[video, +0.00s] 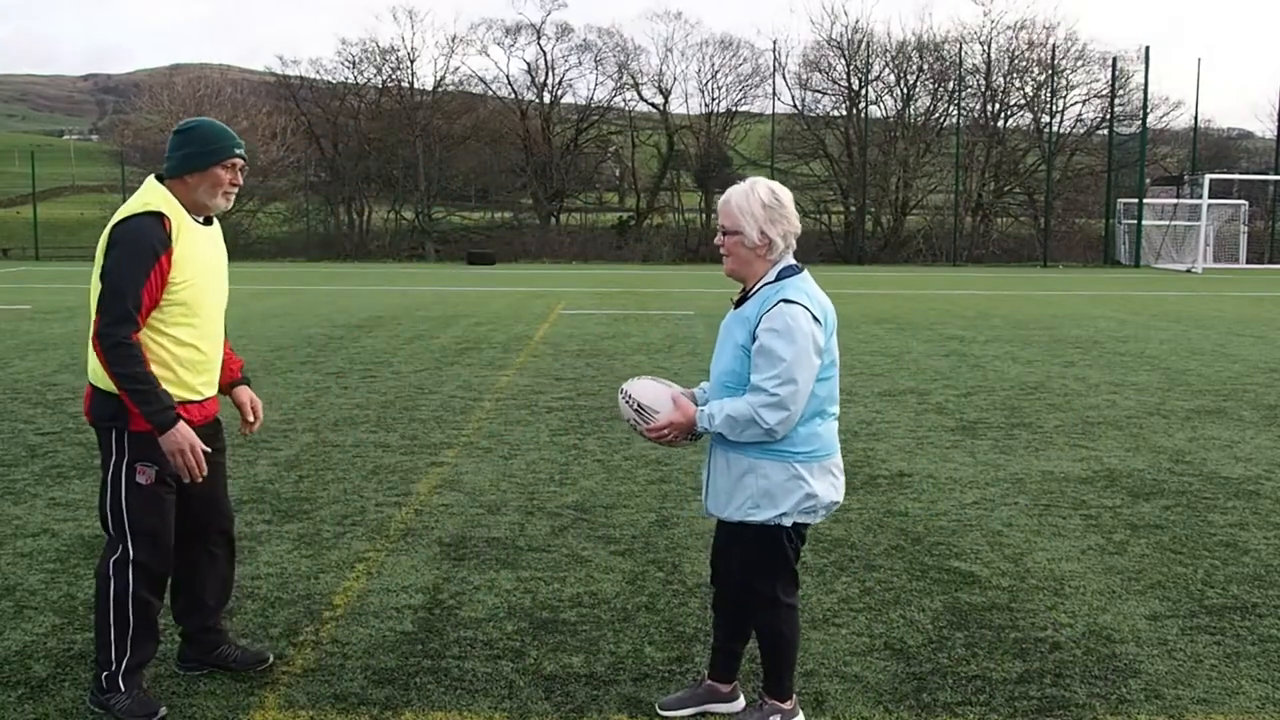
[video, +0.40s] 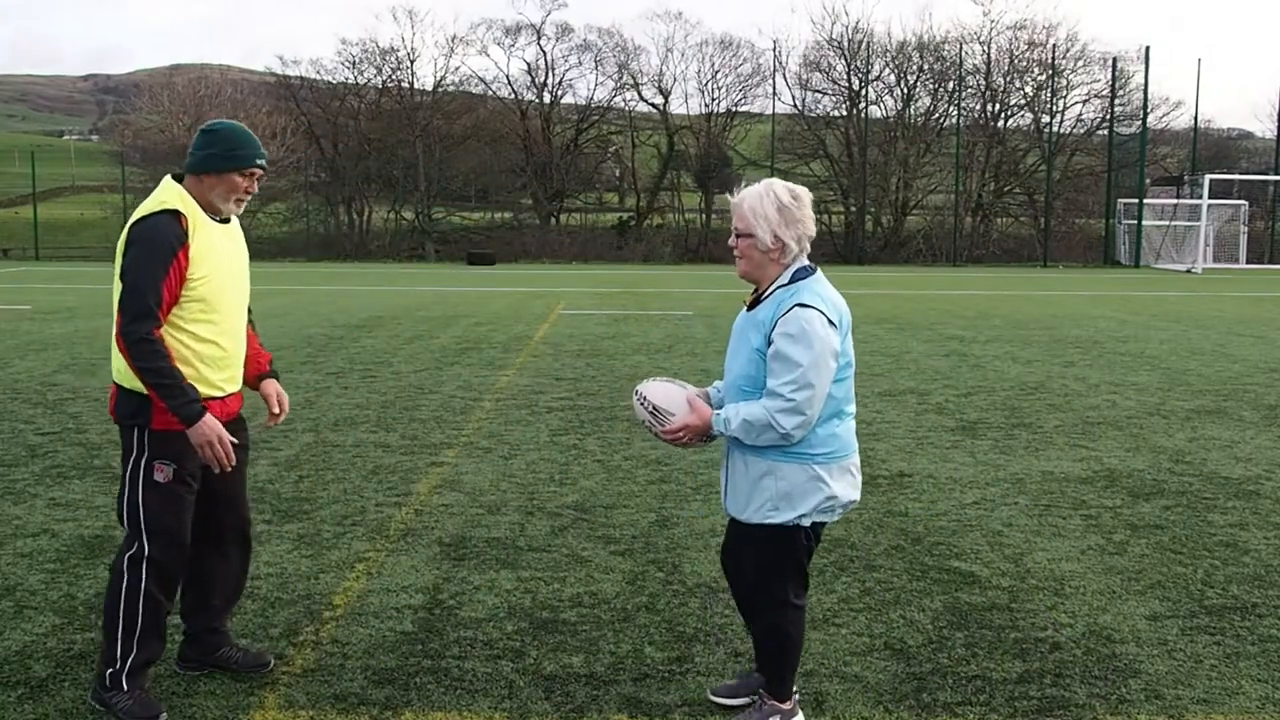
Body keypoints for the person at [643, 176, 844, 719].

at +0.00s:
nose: (718, 242)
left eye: (728, 232)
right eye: (719, 231)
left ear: (764, 240)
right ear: (758, 242)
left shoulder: (789, 310)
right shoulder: (761, 300)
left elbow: (773, 411)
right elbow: (738, 382)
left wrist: (701, 418)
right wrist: (689, 403)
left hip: (780, 478)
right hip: (746, 472)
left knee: (769, 590)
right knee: (729, 580)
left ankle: (779, 703)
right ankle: (720, 685)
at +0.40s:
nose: (732, 244)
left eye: (742, 235)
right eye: (733, 234)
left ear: (778, 244)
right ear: (770, 245)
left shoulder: (804, 313)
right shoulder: (771, 302)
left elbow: (789, 416)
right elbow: (751, 383)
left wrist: (716, 421)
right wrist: (702, 401)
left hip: (796, 478)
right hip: (763, 470)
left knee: (774, 584)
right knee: (740, 563)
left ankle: (781, 699)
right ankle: (770, 674)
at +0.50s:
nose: (737, 245)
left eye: (747, 236)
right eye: (737, 235)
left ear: (783, 244)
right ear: (774, 244)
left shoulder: (810, 313)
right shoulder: (776, 301)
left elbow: (797, 415)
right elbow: (758, 383)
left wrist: (723, 422)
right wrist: (708, 402)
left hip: (802, 476)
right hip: (770, 467)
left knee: (778, 585)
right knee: (754, 563)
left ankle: (780, 701)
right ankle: (814, 665)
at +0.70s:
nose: (754, 247)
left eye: (763, 238)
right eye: (755, 236)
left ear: (798, 244)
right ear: (790, 245)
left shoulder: (828, 314)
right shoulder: (795, 304)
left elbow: (817, 413)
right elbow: (776, 384)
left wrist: (740, 422)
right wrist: (728, 403)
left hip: (826, 475)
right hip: (803, 469)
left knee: (785, 581)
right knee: (813, 574)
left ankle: (780, 702)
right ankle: (892, 653)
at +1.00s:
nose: (811, 252)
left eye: (823, 242)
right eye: (809, 241)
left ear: (860, 249)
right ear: (848, 251)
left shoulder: (880, 316)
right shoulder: (851, 308)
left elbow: (872, 414)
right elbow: (834, 390)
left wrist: (802, 424)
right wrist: (785, 413)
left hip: (880, 480)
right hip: (862, 475)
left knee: (830, 582)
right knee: (874, 578)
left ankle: (786, 699)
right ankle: (931, 677)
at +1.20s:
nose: (854, 250)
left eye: (867, 241)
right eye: (851, 240)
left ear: (903, 248)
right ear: (850, 245)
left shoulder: (924, 314)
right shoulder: (886, 309)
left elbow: (926, 410)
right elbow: (872, 390)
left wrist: (851, 424)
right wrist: (826, 418)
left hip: (928, 473)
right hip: (898, 468)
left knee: (859, 563)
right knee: (896, 573)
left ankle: (830, 693)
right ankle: (933, 681)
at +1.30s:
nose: (875, 247)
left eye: (888, 237)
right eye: (871, 237)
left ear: (924, 243)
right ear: (869, 242)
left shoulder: (946, 310)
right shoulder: (900, 308)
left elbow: (948, 403)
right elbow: (888, 386)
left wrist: (874, 422)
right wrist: (846, 412)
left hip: (948, 468)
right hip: (917, 463)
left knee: (881, 562)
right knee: (913, 570)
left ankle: (898, 693)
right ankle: (933, 681)